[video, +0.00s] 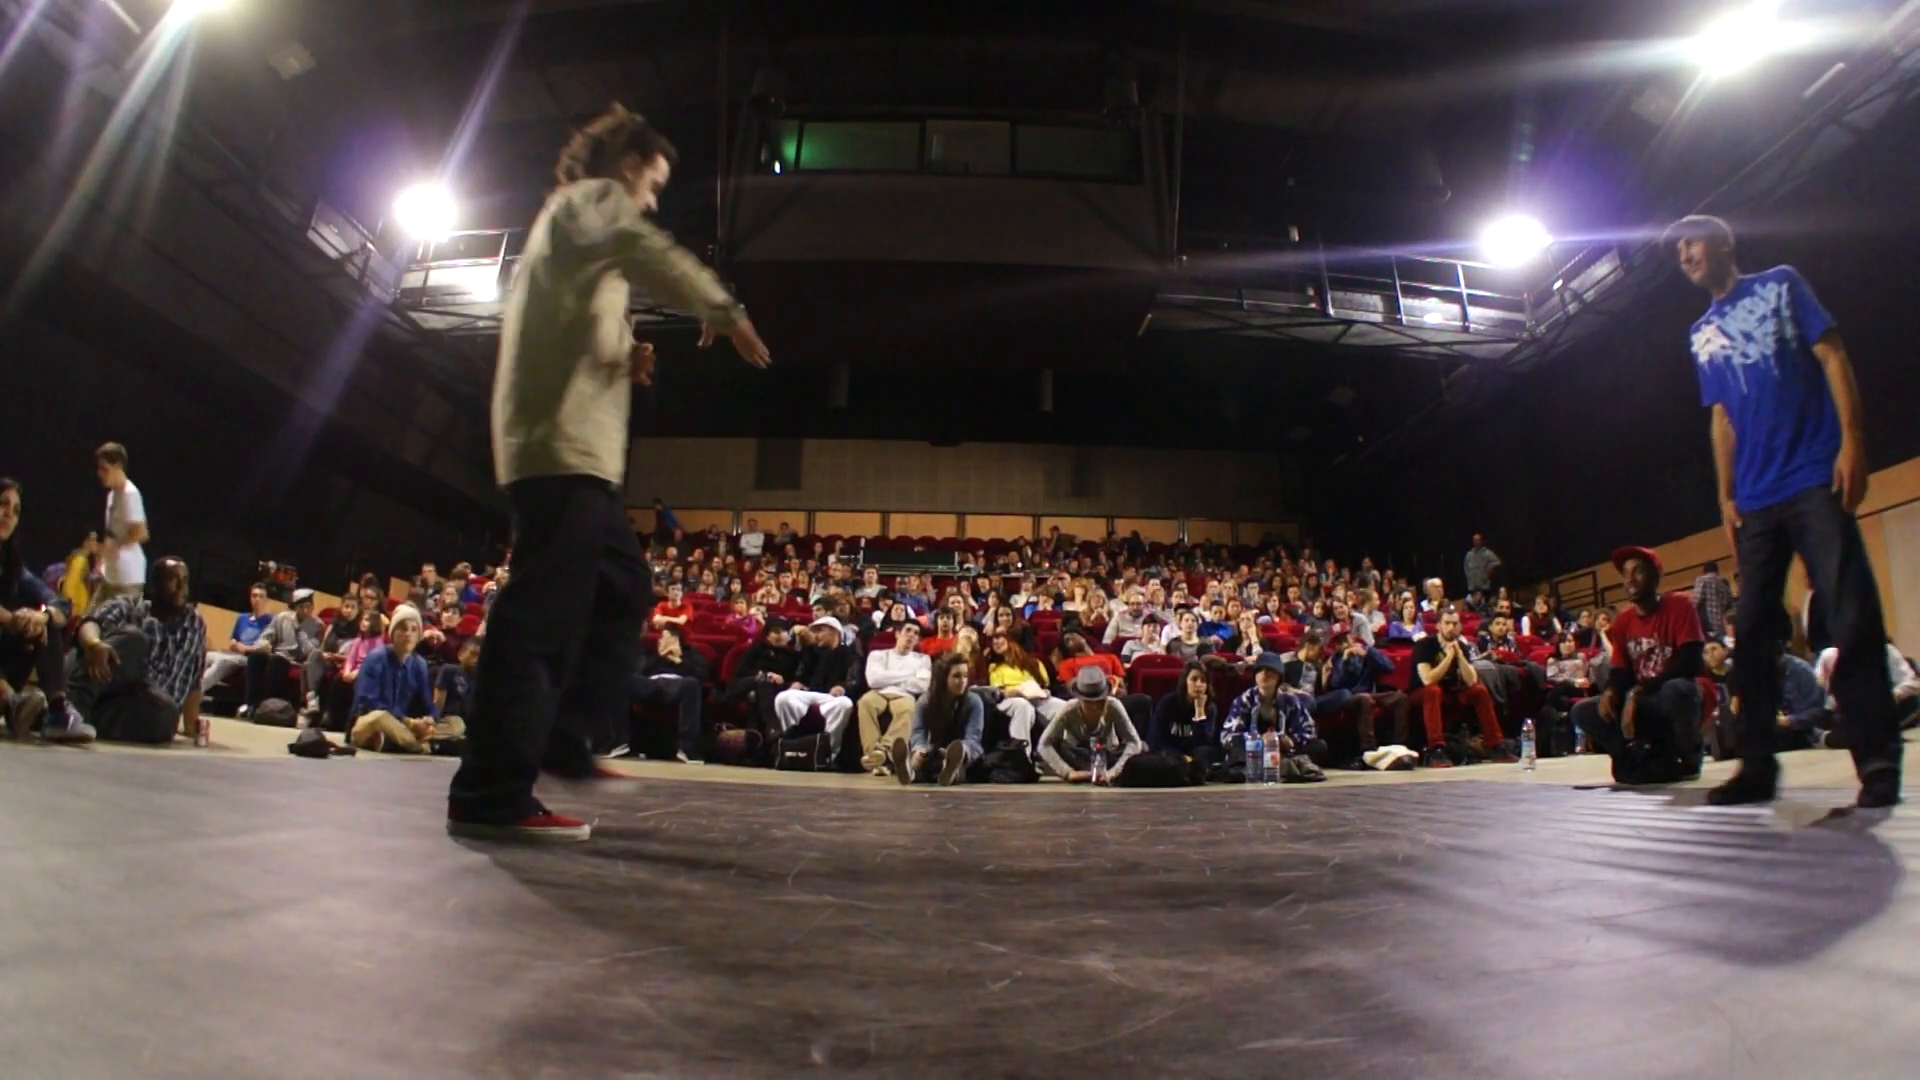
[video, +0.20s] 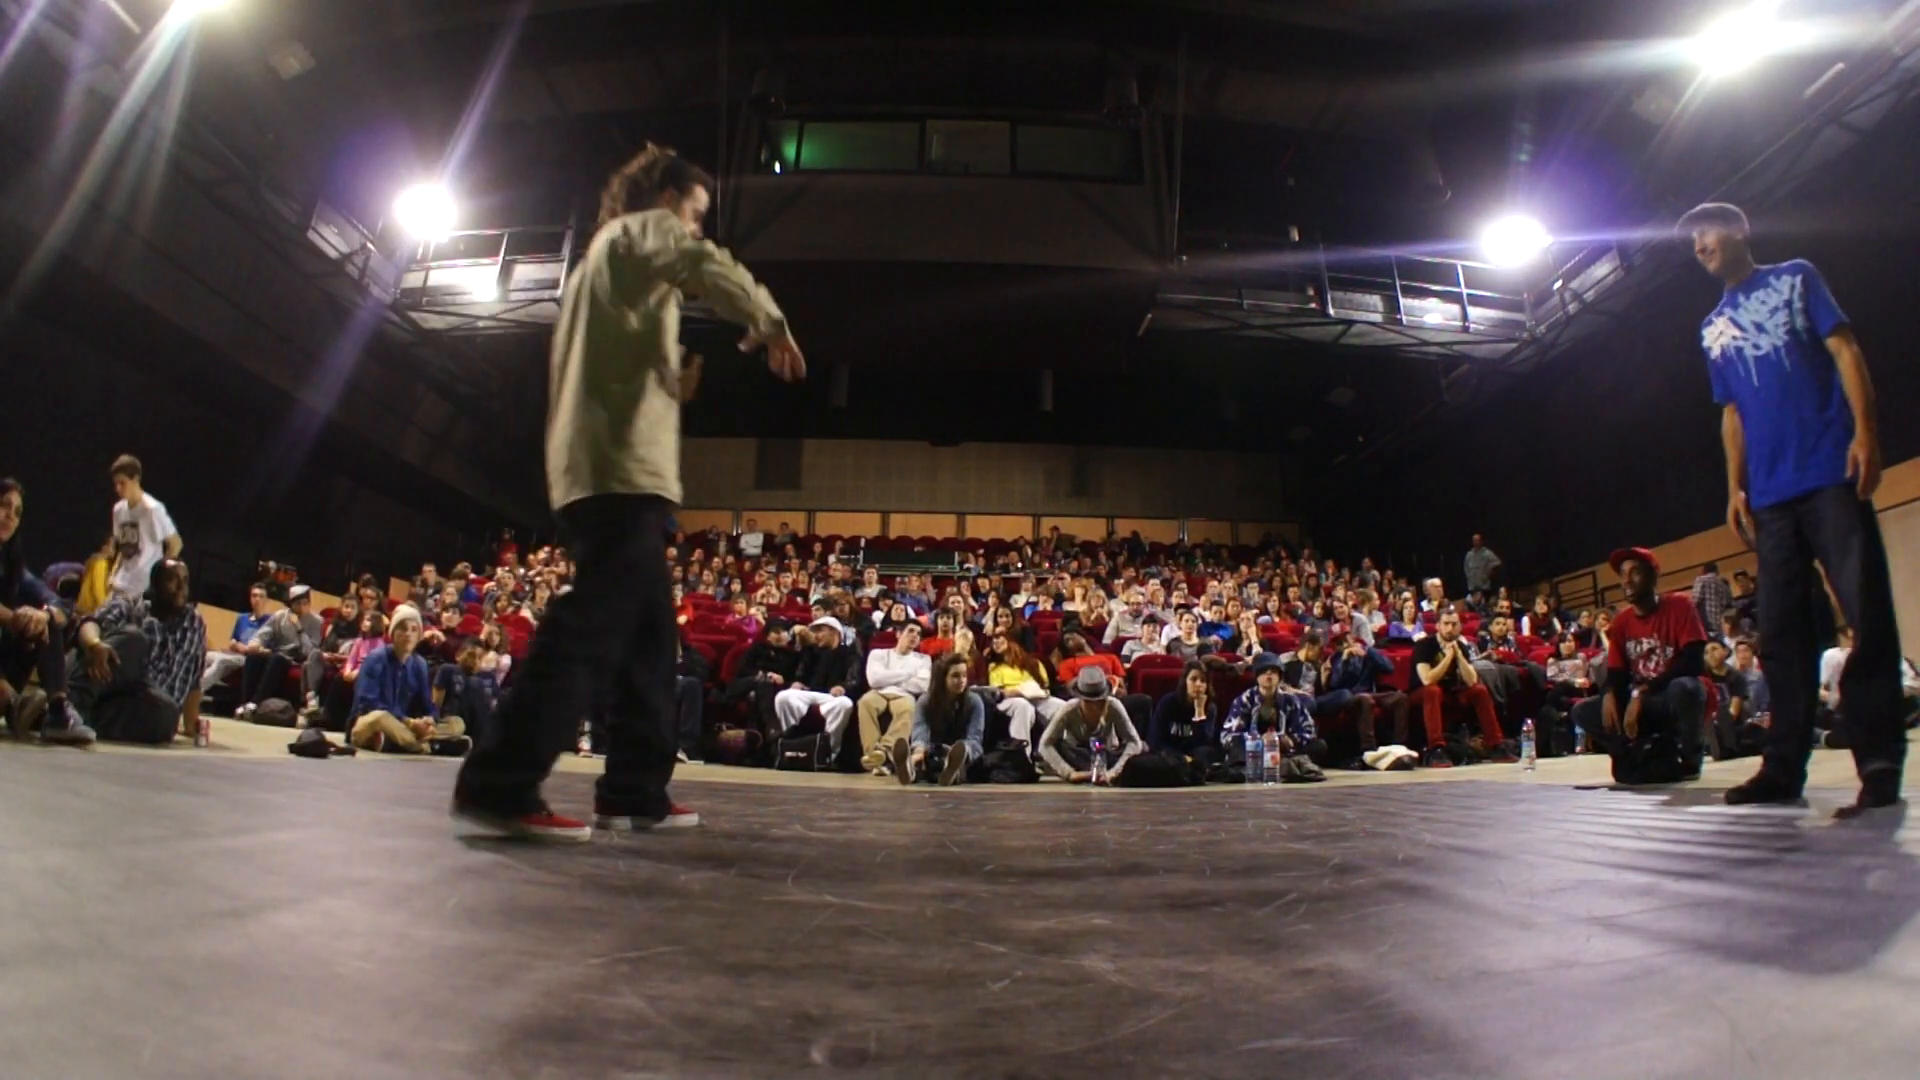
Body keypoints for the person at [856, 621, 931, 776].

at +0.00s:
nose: (911, 636)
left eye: (915, 633)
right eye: (908, 631)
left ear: (918, 639)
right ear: (897, 634)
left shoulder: (923, 659)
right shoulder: (877, 655)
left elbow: (923, 685)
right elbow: (873, 680)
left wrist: (888, 681)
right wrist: (908, 678)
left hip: (904, 694)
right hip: (880, 691)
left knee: (907, 710)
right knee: (865, 703)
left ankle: (884, 749)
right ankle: (875, 760)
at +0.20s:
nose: (915, 636)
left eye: (918, 634)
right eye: (911, 631)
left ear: (920, 639)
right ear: (899, 633)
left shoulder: (923, 659)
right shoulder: (877, 654)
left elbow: (922, 686)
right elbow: (874, 680)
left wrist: (889, 680)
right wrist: (910, 675)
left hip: (905, 694)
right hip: (880, 691)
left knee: (907, 710)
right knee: (865, 703)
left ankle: (884, 750)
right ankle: (875, 760)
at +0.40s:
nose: (921, 640)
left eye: (923, 637)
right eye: (918, 634)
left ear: (924, 640)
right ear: (904, 634)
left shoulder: (923, 659)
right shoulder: (878, 654)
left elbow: (924, 686)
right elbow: (875, 680)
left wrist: (895, 680)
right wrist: (909, 668)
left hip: (905, 693)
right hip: (881, 690)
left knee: (906, 710)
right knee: (866, 703)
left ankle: (884, 750)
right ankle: (875, 760)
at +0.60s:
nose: (925, 641)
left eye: (927, 637)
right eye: (922, 636)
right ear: (908, 635)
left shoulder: (924, 659)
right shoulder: (879, 653)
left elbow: (924, 686)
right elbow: (877, 679)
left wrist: (893, 678)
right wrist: (913, 669)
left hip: (904, 693)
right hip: (881, 691)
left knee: (906, 709)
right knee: (866, 703)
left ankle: (886, 748)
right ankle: (874, 760)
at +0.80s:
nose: (926, 642)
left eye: (927, 638)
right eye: (924, 637)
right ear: (910, 637)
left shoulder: (924, 660)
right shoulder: (880, 653)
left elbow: (923, 687)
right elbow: (878, 679)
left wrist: (891, 677)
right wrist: (915, 671)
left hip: (904, 693)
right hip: (881, 691)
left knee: (906, 709)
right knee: (866, 703)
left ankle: (885, 748)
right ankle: (874, 760)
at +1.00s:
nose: (925, 642)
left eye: (927, 638)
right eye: (923, 637)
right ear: (909, 636)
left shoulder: (923, 660)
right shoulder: (880, 653)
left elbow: (923, 687)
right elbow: (877, 679)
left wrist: (891, 678)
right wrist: (914, 672)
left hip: (904, 693)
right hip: (881, 691)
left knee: (907, 710)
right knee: (865, 703)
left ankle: (884, 749)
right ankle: (875, 760)